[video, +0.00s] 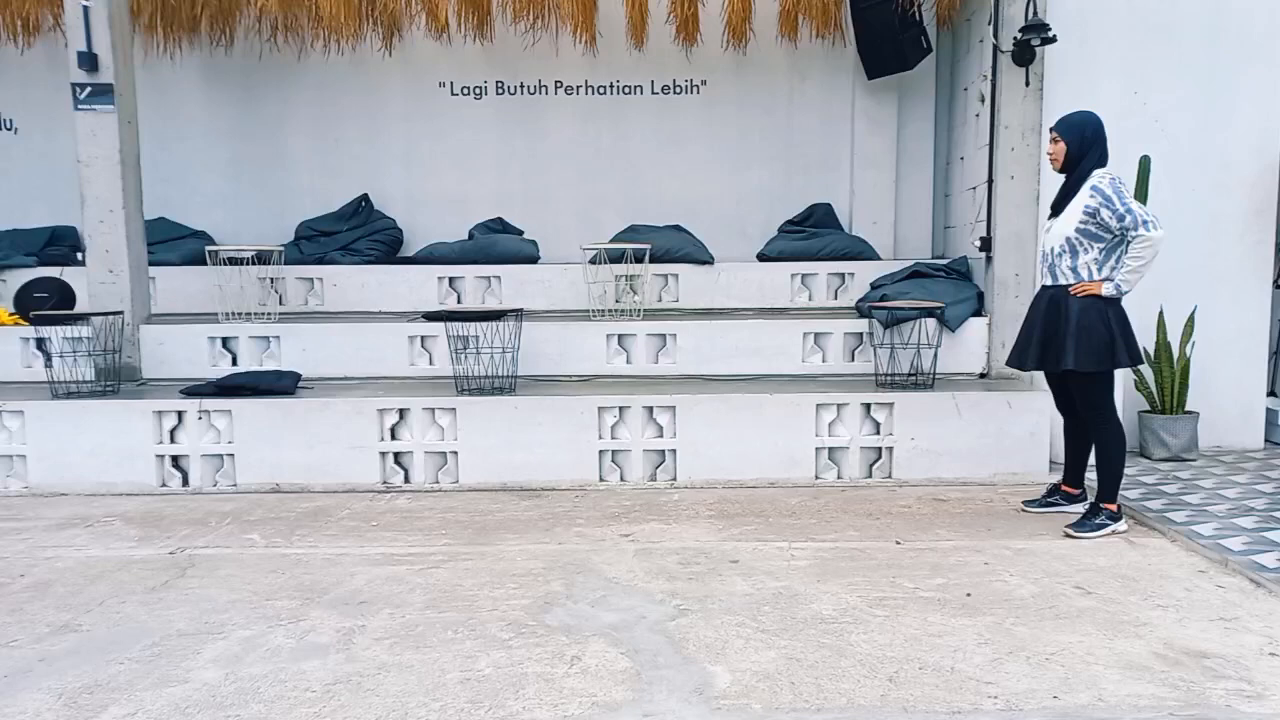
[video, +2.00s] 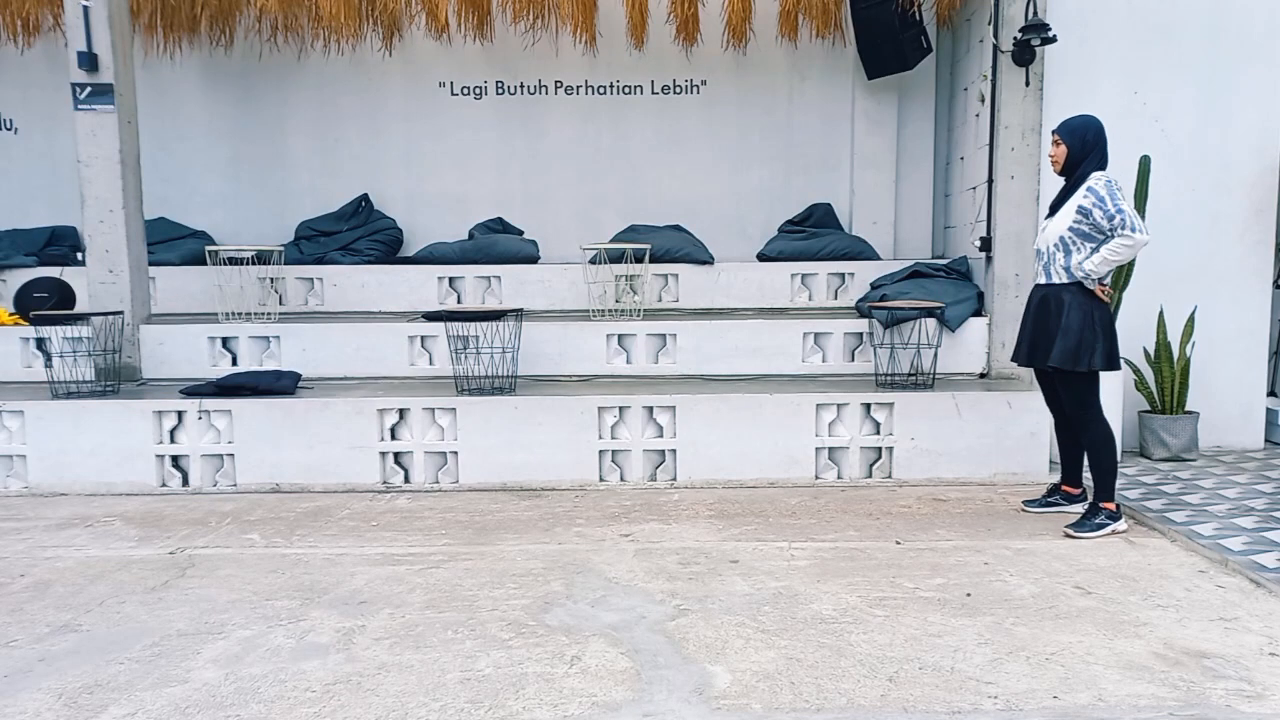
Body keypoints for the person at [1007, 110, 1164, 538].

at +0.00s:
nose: (1049, 149)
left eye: (1056, 141)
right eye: (1050, 141)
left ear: (1080, 143)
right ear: (1069, 145)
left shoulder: (1100, 184)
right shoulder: (1070, 189)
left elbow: (1148, 232)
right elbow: (1090, 243)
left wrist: (1116, 285)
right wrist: (1055, 282)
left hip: (1087, 313)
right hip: (1057, 312)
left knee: (1099, 411)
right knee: (1071, 408)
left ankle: (1109, 507)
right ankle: (1070, 489)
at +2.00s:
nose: (1051, 152)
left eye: (1058, 144)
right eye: (1052, 144)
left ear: (1080, 147)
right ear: (1075, 148)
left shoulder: (1099, 185)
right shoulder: (1070, 190)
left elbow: (1134, 234)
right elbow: (1083, 243)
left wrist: (1093, 272)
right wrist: (1075, 275)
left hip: (1075, 309)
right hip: (1047, 307)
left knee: (1085, 409)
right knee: (1059, 405)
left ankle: (1107, 507)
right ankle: (1070, 489)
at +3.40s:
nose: (1025, 163)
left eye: (1031, 155)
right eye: (1025, 155)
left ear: (1053, 153)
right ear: (1044, 156)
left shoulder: (1073, 186)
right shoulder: (1050, 193)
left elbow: (1105, 234)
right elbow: (1062, 248)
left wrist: (1061, 283)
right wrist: (1034, 283)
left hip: (1053, 311)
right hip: (1041, 309)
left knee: (1030, 405)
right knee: (1062, 403)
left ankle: (1024, 501)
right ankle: (1072, 489)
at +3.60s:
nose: (1024, 164)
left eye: (1029, 156)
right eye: (1023, 156)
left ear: (1052, 154)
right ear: (1043, 157)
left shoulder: (1069, 186)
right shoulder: (1050, 193)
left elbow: (1102, 232)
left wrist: (1060, 283)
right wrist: (1037, 282)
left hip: (1051, 311)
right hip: (1043, 308)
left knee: (1040, 407)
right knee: (1063, 403)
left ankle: (1025, 501)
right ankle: (1072, 488)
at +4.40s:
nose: (976, 169)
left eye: (981, 161)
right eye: (976, 162)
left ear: (1002, 160)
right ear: (996, 163)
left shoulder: (1027, 194)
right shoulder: (997, 205)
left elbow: (1072, 248)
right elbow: (978, 268)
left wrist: (1074, 311)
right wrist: (948, 304)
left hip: (1006, 310)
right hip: (988, 311)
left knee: (968, 400)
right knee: (1030, 403)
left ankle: (939, 489)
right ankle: (1068, 486)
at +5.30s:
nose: (773, 162)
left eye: (779, 155)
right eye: (776, 154)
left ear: (796, 160)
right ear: (798, 161)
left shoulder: (804, 197)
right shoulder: (796, 199)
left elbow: (802, 268)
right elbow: (796, 268)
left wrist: (788, 326)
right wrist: (778, 321)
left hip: (795, 310)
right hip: (781, 308)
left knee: (782, 410)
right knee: (770, 403)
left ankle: (859, 459)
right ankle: (777, 486)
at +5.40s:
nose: (745, 157)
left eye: (751, 151)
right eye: (747, 150)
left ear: (768, 156)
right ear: (773, 158)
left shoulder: (778, 192)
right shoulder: (770, 195)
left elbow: (793, 259)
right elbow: (786, 261)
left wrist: (799, 319)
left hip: (769, 306)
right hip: (766, 304)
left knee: (730, 397)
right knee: (768, 399)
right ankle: (775, 482)